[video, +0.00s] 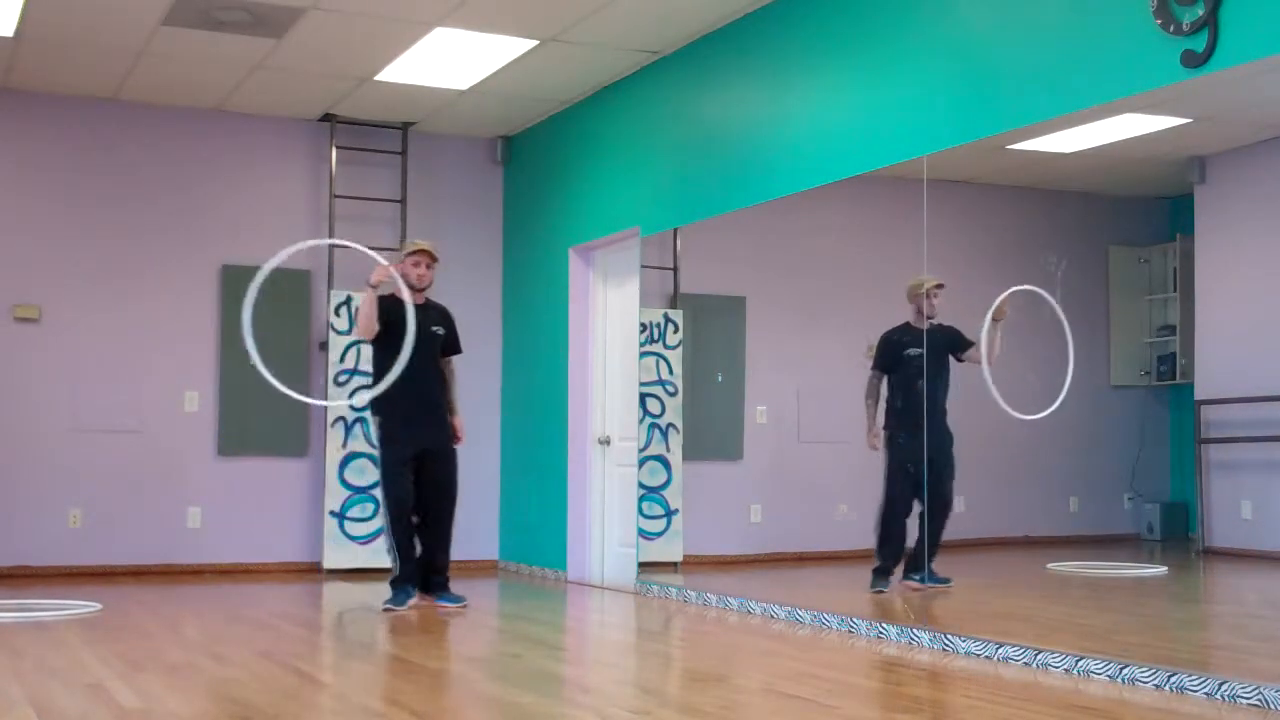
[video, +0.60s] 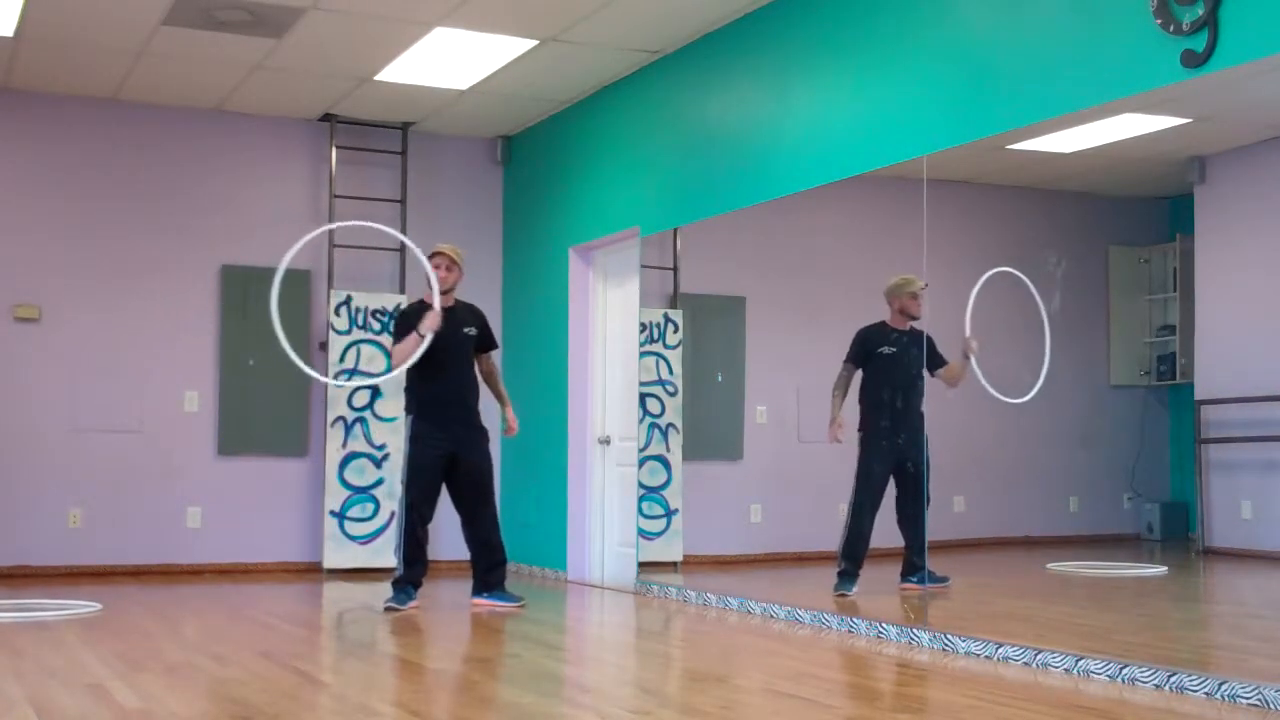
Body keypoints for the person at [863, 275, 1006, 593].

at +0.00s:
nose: (934, 301)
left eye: (936, 296)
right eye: (928, 296)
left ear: (939, 300)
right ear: (913, 300)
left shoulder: (946, 335)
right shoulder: (893, 339)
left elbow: (985, 357)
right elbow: (875, 382)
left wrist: (995, 323)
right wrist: (872, 425)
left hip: (937, 432)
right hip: (902, 433)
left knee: (940, 502)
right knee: (897, 503)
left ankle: (919, 568)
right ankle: (884, 571)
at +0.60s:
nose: (920, 302)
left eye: (920, 297)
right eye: (914, 297)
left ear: (908, 303)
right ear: (895, 302)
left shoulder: (922, 341)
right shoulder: (869, 336)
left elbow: (951, 378)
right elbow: (845, 377)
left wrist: (966, 355)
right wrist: (836, 415)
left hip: (912, 436)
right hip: (877, 436)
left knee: (915, 505)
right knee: (864, 507)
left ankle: (915, 570)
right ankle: (848, 575)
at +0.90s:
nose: (911, 302)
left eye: (912, 297)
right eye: (904, 297)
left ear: (910, 302)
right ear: (886, 300)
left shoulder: (915, 339)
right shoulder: (860, 335)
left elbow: (931, 373)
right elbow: (837, 375)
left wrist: (928, 377)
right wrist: (835, 412)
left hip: (905, 433)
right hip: (868, 433)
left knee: (910, 506)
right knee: (855, 506)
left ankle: (913, 572)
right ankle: (840, 575)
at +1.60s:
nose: (864, 297)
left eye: (866, 292)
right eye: (857, 293)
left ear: (870, 296)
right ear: (843, 298)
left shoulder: (879, 329)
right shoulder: (825, 337)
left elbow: (889, 347)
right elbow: (807, 384)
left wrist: (886, 356)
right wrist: (806, 424)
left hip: (880, 430)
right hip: (844, 433)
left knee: (899, 496)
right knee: (844, 506)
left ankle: (873, 560)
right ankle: (834, 574)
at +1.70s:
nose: (866, 296)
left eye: (868, 291)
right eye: (859, 292)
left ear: (871, 297)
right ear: (843, 297)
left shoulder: (878, 330)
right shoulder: (825, 335)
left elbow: (900, 338)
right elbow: (805, 380)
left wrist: (887, 332)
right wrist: (800, 422)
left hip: (875, 432)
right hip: (839, 433)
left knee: (888, 498)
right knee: (834, 502)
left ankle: (863, 567)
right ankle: (821, 572)